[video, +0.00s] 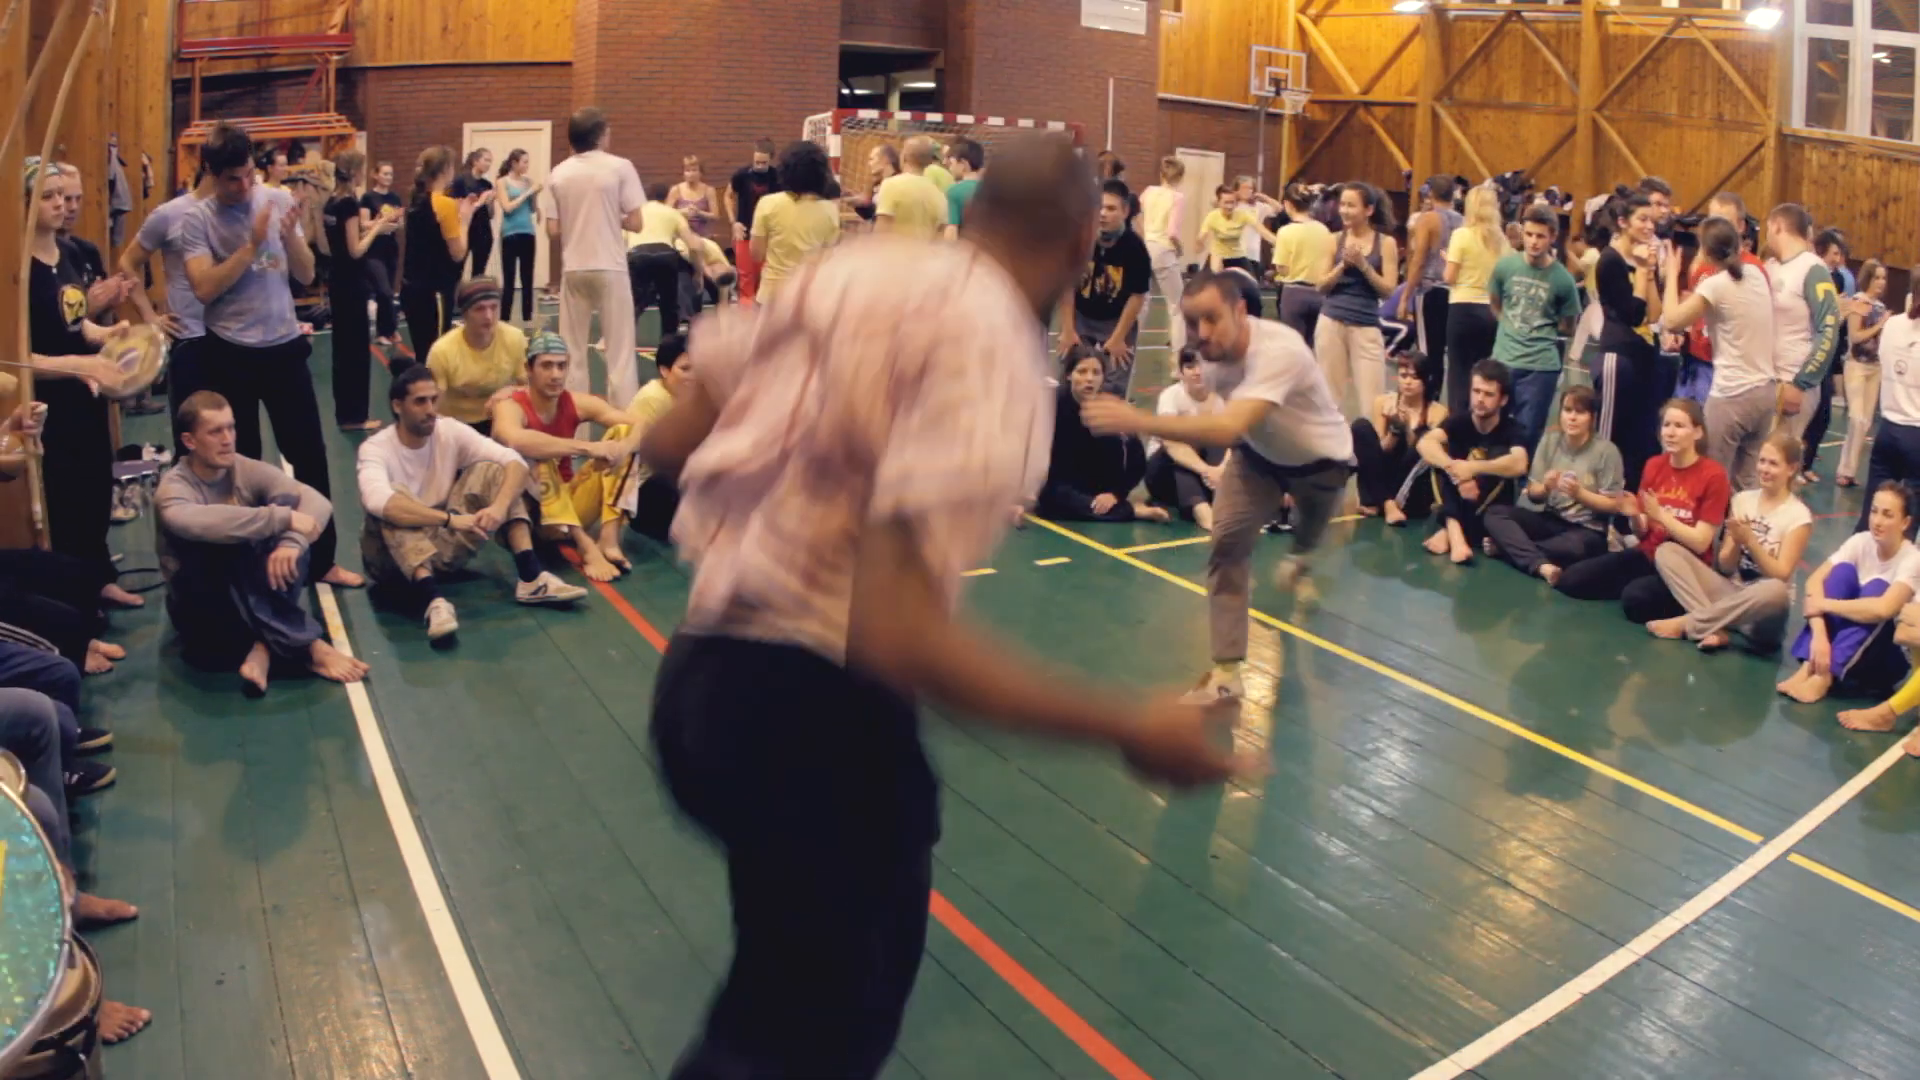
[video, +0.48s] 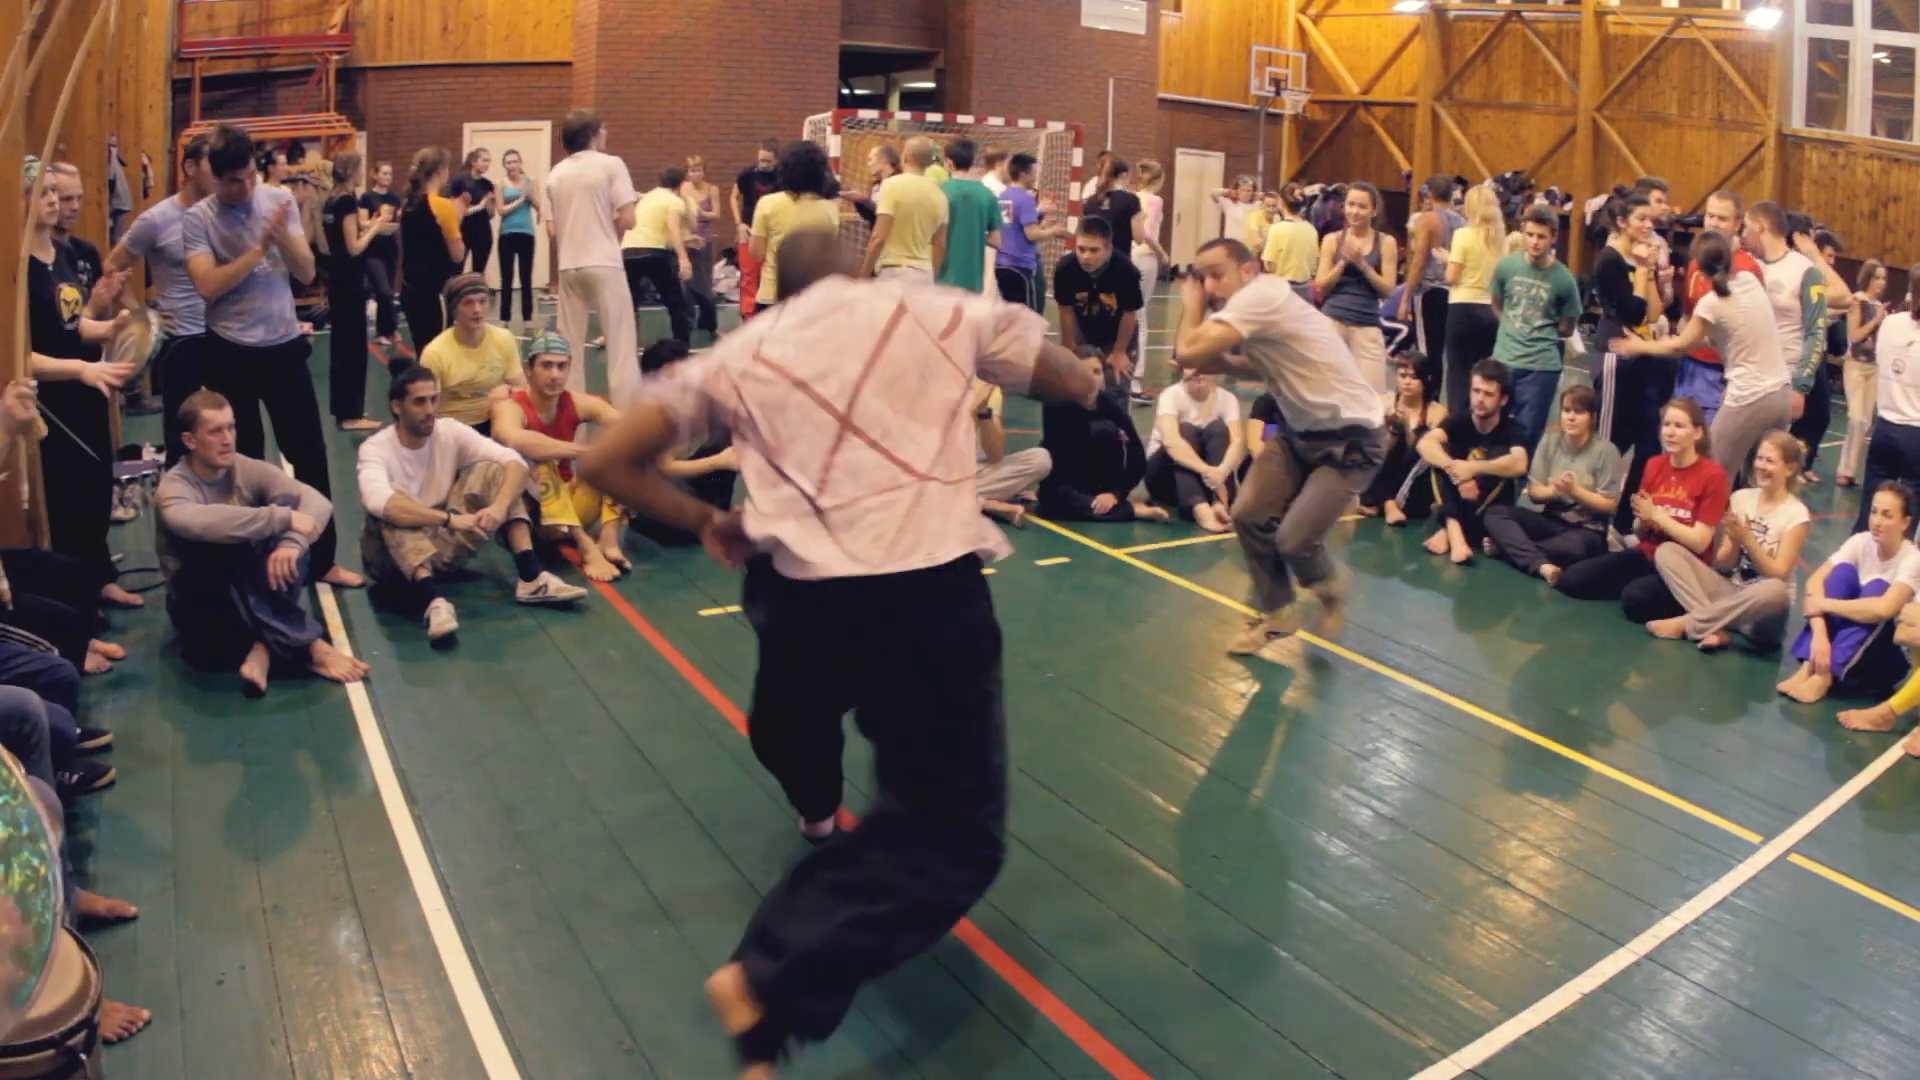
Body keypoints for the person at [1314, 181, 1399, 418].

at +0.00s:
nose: (1344, 211)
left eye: (1351, 205)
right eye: (1342, 204)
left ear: (1369, 211)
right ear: (1338, 207)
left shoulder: (1386, 243)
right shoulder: (1335, 240)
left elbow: (1388, 288)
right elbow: (1322, 285)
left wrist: (1363, 265)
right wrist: (1342, 266)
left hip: (1365, 321)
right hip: (1331, 316)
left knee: (1371, 395)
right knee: (1330, 392)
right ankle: (1328, 450)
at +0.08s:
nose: (1346, 211)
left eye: (1353, 206)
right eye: (1343, 204)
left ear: (1370, 211)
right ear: (1339, 207)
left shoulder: (1386, 244)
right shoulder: (1334, 240)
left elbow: (1388, 288)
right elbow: (1323, 285)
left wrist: (1367, 268)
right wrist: (1337, 263)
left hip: (1366, 321)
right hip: (1332, 317)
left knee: (1371, 395)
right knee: (1329, 392)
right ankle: (1325, 448)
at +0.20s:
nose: (1347, 210)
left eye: (1354, 205)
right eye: (1344, 204)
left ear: (1371, 210)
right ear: (1341, 207)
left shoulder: (1385, 243)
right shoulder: (1332, 240)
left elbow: (1387, 288)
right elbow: (1322, 285)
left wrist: (1360, 265)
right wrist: (1346, 267)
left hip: (1366, 322)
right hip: (1332, 318)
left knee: (1371, 398)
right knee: (1332, 398)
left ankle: (1373, 463)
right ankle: (1335, 461)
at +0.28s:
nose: (1348, 210)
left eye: (1355, 206)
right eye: (1345, 204)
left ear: (1372, 211)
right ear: (1341, 207)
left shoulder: (1386, 243)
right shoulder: (1332, 240)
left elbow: (1388, 288)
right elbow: (1321, 284)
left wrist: (1359, 265)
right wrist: (1344, 265)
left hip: (1366, 322)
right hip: (1332, 318)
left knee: (1372, 395)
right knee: (1332, 394)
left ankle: (1373, 460)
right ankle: (1336, 456)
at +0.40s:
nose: (1352, 211)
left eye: (1359, 206)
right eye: (1348, 204)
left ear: (1373, 212)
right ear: (1343, 207)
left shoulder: (1386, 243)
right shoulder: (1332, 240)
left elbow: (1390, 288)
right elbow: (1321, 286)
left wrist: (1367, 268)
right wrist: (1336, 260)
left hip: (1367, 322)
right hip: (1333, 318)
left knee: (1370, 393)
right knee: (1332, 389)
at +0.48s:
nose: (1355, 211)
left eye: (1362, 207)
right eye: (1351, 205)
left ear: (1374, 211)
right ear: (1344, 207)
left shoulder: (1386, 242)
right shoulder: (1331, 240)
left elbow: (1388, 289)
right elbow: (1321, 286)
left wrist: (1361, 264)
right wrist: (1343, 263)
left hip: (1367, 321)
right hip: (1333, 316)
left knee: (1371, 388)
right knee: (1331, 383)